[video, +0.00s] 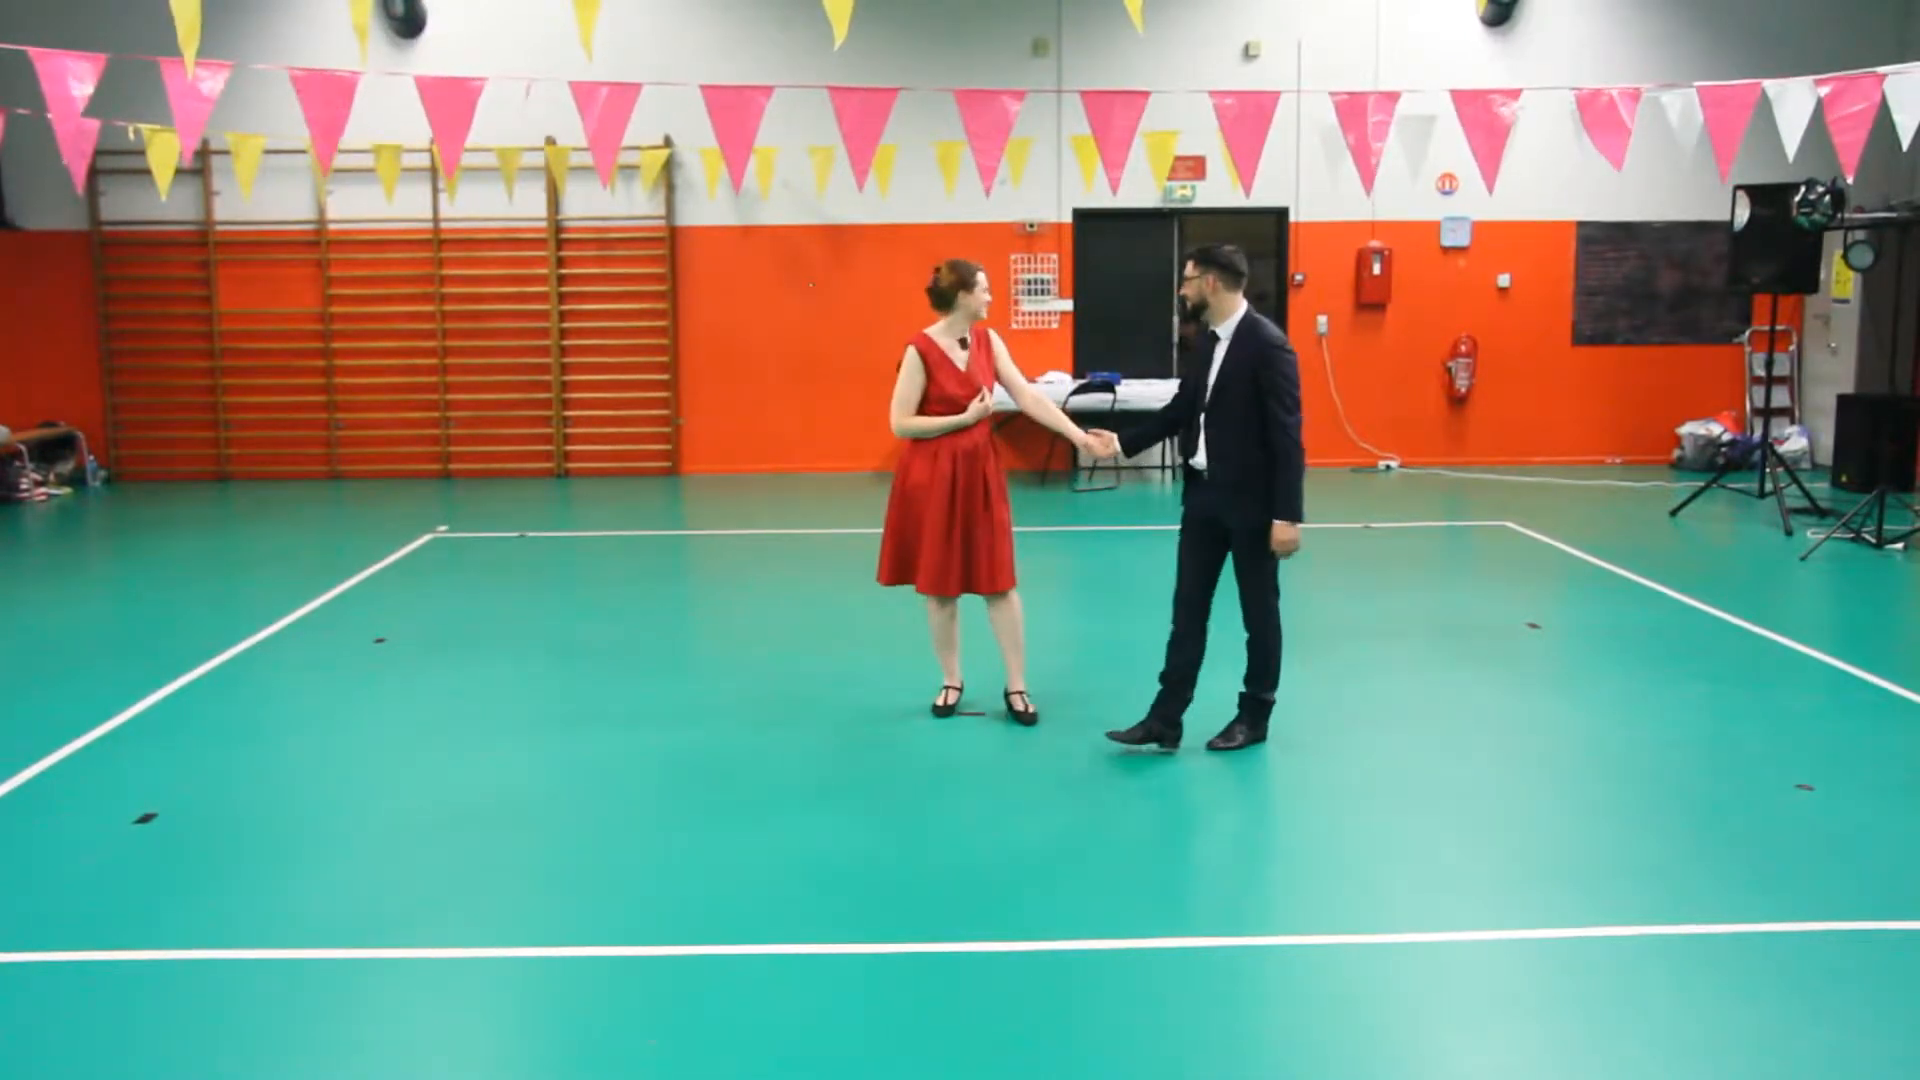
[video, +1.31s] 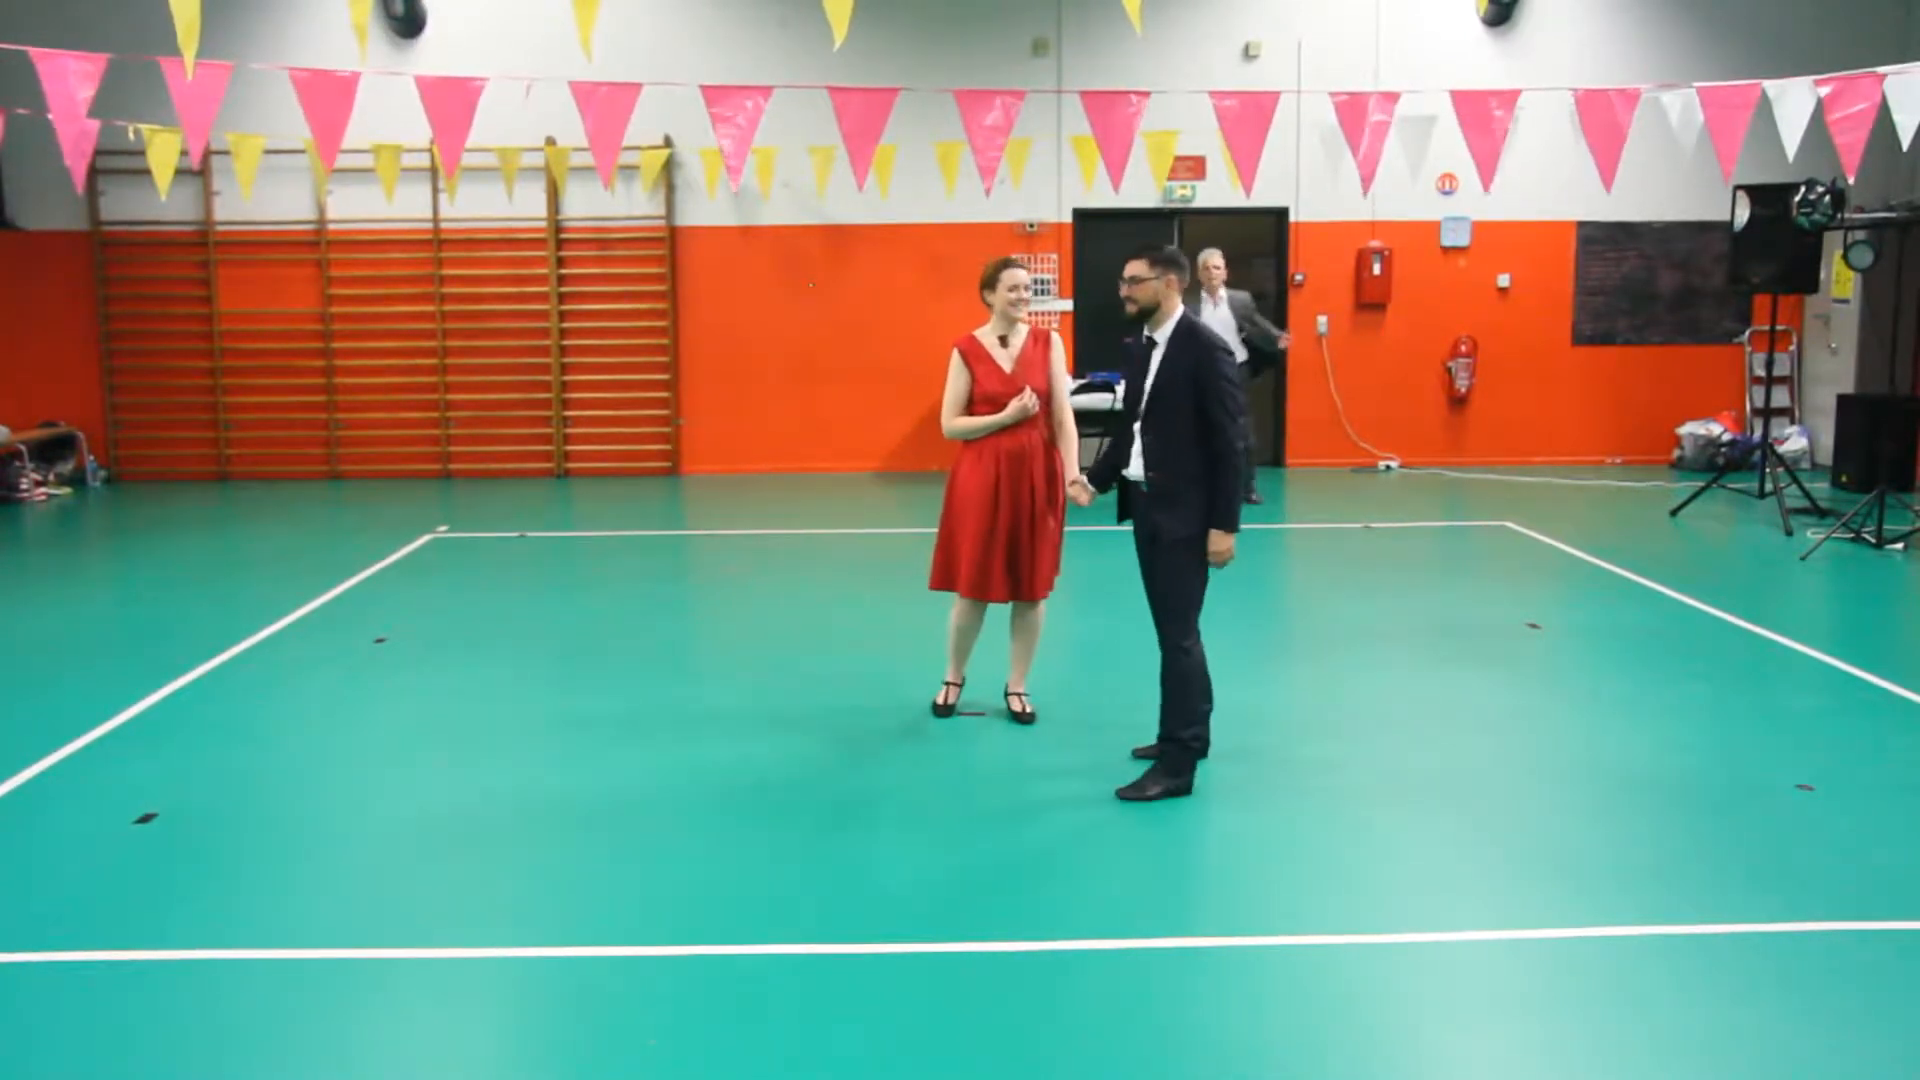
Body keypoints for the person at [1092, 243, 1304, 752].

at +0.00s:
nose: (1182, 290)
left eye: (1188, 280)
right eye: (1183, 281)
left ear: (1213, 282)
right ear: (1211, 284)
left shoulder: (1269, 345)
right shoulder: (1204, 341)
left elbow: (1287, 432)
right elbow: (1181, 411)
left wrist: (1287, 513)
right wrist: (1121, 443)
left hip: (1253, 499)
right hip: (1204, 494)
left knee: (1260, 617)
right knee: (1188, 612)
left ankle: (1254, 718)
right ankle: (1165, 721)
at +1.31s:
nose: (1125, 291)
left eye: (1136, 281)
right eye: (1124, 282)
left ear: (1171, 283)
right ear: (1144, 288)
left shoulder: (1206, 349)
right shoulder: (1140, 345)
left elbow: (1230, 441)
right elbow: (1131, 423)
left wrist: (1224, 523)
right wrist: (1098, 478)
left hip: (1184, 507)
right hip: (1146, 502)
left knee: (1179, 636)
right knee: (1173, 631)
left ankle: (1178, 763)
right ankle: (1185, 732)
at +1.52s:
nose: (1119, 287)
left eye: (1129, 277)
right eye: (1120, 278)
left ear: (1167, 280)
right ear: (1152, 282)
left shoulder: (1192, 344)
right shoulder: (1154, 340)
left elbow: (1203, 441)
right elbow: (1138, 424)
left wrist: (1185, 526)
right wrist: (1102, 466)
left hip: (1174, 514)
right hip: (1146, 509)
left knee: (1173, 640)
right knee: (1165, 635)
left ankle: (1178, 763)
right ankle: (1179, 733)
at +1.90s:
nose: (1119, 287)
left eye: (1123, 277)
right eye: (1120, 276)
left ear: (1137, 282)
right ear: (1172, 281)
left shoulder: (1168, 348)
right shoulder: (1173, 335)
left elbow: (1155, 452)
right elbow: (1152, 436)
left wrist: (1123, 530)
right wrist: (1116, 459)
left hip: (1170, 521)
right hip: (1163, 516)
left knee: (1170, 637)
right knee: (1134, 621)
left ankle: (1176, 766)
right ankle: (1169, 729)